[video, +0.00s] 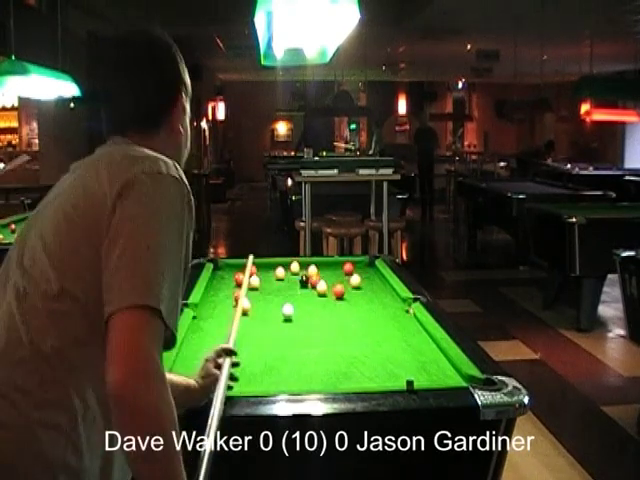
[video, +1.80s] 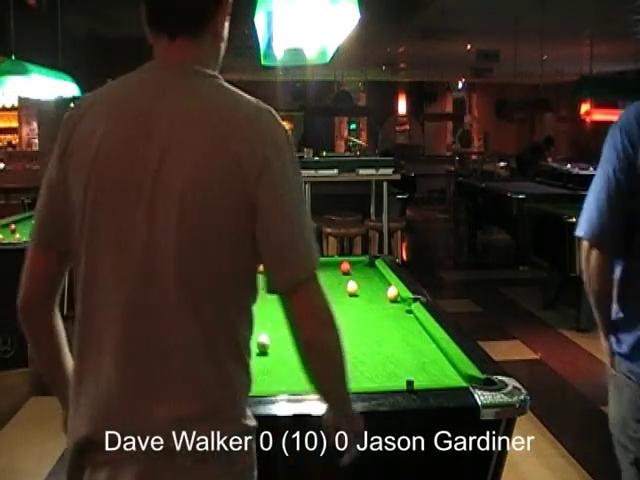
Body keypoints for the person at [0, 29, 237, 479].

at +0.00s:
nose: (193, 120)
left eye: (193, 103)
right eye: (193, 103)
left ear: (106, 106)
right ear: (180, 105)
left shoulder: (81, 180)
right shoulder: (151, 178)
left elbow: (73, 368)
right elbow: (131, 377)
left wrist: (196, 389)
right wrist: (172, 475)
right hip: (56, 464)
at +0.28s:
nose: (167, 63)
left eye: (166, 46)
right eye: (166, 45)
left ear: (79, 56)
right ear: (153, 48)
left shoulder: (46, 144)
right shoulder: (125, 139)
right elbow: (122, 355)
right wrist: (159, 469)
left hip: (20, 452)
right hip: (67, 458)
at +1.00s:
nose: (113, 28)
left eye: (113, 12)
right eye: (112, 11)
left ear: (29, 21)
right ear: (94, 12)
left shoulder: (10, 109)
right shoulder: (95, 120)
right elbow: (142, 352)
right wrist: (197, 467)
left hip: (13, 448)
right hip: (91, 455)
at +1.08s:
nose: (115, 28)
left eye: (114, 12)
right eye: (114, 11)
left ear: (30, 21)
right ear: (95, 12)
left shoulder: (11, 109)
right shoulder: (96, 119)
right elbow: (141, 352)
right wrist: (198, 467)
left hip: (14, 449)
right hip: (90, 455)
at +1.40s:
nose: (149, 33)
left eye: (148, 18)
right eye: (148, 16)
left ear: (63, 21)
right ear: (133, 14)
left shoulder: (14, 125)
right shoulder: (146, 120)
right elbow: (183, 341)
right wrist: (238, 462)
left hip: (17, 447)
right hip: (126, 451)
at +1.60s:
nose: (187, 28)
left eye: (185, 17)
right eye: (187, 15)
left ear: (106, 23)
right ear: (179, 16)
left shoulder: (41, 126)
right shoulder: (205, 125)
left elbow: (4, 309)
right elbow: (244, 316)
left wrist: (46, 404)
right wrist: (283, 448)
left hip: (60, 436)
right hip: (170, 441)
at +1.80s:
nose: (231, 27)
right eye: (232, 15)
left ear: (148, 21)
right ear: (224, 18)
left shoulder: (86, 118)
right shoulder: (254, 126)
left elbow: (34, 299)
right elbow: (302, 294)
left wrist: (73, 399)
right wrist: (340, 407)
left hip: (101, 425)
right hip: (210, 427)